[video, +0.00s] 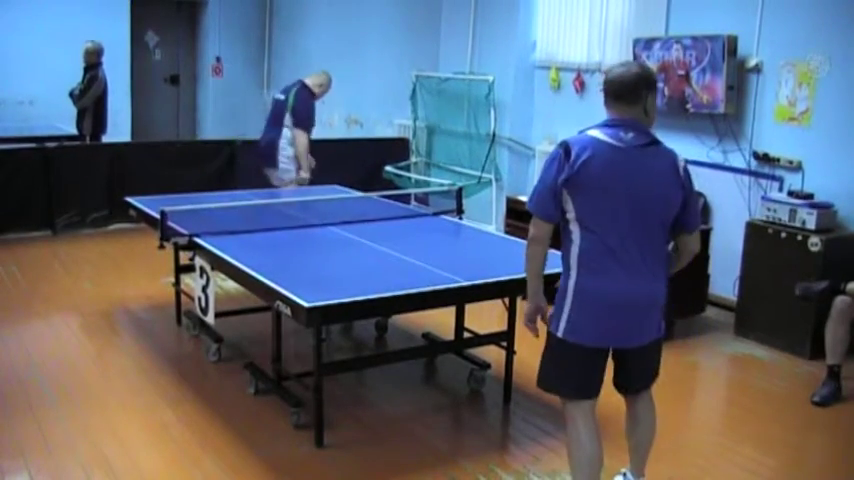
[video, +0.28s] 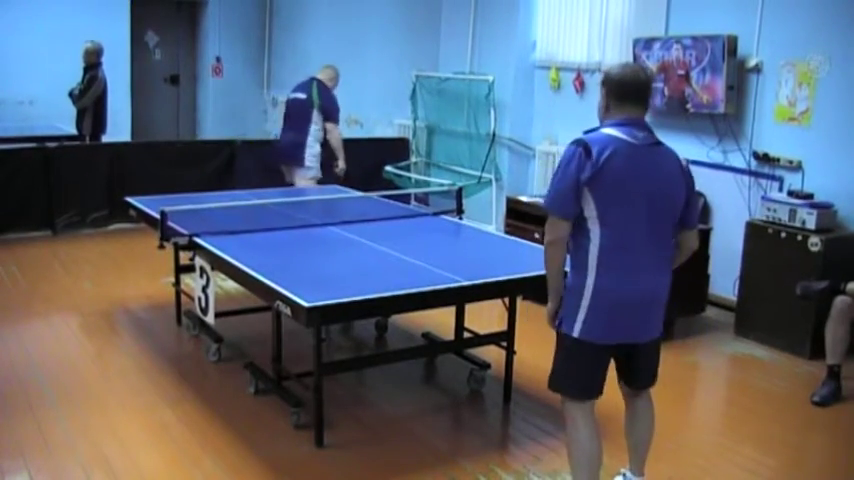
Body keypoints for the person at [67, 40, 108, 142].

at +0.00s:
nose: (85, 57)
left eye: (89, 53)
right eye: (85, 53)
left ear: (97, 56)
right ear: (84, 54)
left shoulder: (96, 76)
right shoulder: (88, 73)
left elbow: (82, 102)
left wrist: (74, 92)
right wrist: (77, 93)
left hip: (93, 127)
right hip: (85, 126)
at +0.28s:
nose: (85, 57)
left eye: (88, 53)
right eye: (85, 53)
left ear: (96, 56)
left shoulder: (96, 76)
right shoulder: (88, 73)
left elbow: (82, 102)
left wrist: (74, 92)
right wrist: (76, 93)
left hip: (92, 127)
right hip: (85, 126)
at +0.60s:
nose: (84, 56)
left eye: (87, 53)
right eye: (84, 52)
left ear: (95, 55)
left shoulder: (95, 76)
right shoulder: (88, 73)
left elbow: (81, 102)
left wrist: (74, 91)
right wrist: (76, 92)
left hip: (92, 128)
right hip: (85, 126)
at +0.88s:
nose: (84, 56)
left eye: (88, 53)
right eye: (85, 52)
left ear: (95, 55)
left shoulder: (96, 76)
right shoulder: (88, 73)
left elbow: (81, 101)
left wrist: (74, 92)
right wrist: (76, 93)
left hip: (92, 128)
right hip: (85, 127)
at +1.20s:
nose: (85, 57)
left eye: (89, 54)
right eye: (85, 53)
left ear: (98, 56)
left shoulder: (96, 76)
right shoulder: (88, 74)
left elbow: (81, 101)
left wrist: (74, 92)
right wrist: (76, 92)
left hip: (92, 128)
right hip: (85, 127)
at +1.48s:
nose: (85, 57)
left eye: (89, 54)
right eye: (85, 53)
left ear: (97, 56)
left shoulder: (96, 76)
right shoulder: (88, 73)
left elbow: (81, 101)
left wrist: (74, 92)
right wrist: (76, 92)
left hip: (92, 128)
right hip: (85, 127)